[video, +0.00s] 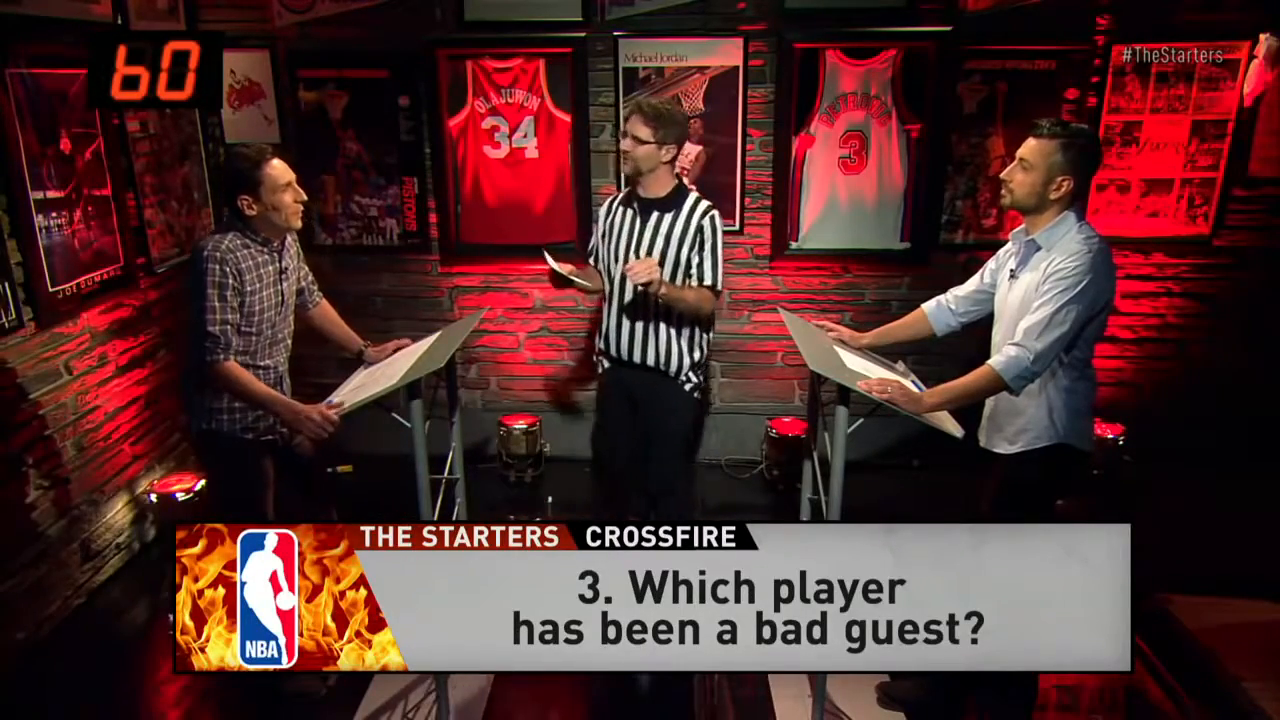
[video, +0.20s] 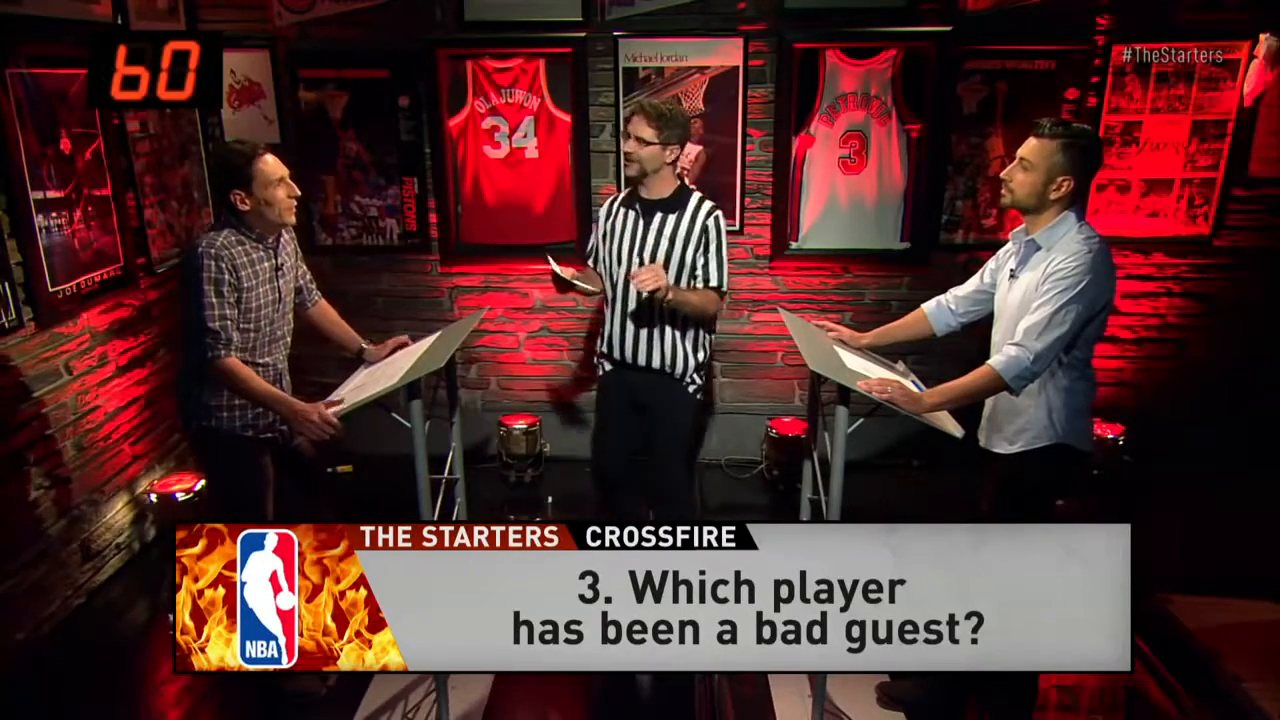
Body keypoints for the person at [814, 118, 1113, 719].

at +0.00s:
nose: (1007, 172)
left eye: (1023, 166)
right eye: (1013, 161)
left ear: (1059, 188)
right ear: (1048, 183)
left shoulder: (1082, 259)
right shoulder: (1024, 244)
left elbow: (1023, 360)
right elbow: (954, 306)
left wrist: (928, 398)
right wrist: (867, 339)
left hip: (1041, 445)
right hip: (1000, 433)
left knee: (1006, 578)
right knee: (974, 561)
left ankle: (995, 704)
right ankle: (940, 682)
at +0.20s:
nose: (1008, 171)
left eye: (1023, 166)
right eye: (1014, 161)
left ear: (1060, 188)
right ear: (1048, 183)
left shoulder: (1082, 259)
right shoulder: (1024, 244)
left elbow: (1022, 361)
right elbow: (954, 307)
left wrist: (927, 398)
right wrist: (868, 339)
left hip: (1041, 445)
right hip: (999, 432)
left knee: (1008, 577)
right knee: (974, 560)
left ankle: (999, 703)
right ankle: (940, 681)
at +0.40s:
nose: (1007, 172)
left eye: (1023, 166)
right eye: (1013, 161)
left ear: (1059, 188)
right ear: (1048, 183)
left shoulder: (1083, 259)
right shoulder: (1024, 243)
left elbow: (1022, 360)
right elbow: (954, 306)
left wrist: (927, 398)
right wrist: (867, 339)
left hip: (1040, 445)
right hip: (1000, 432)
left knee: (1007, 578)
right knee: (974, 561)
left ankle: (998, 704)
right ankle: (940, 681)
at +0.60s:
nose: (1007, 172)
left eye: (1023, 166)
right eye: (1013, 161)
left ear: (1059, 188)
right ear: (1048, 183)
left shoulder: (1082, 259)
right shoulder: (1024, 244)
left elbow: (1022, 361)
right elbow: (954, 307)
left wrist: (927, 398)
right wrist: (868, 339)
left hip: (1041, 445)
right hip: (1000, 432)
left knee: (1006, 578)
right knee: (974, 561)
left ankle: (995, 703)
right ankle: (940, 680)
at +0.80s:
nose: (1007, 172)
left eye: (1023, 167)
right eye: (1013, 161)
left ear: (1059, 188)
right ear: (1048, 183)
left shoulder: (1082, 259)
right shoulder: (1024, 244)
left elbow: (1022, 361)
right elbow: (954, 307)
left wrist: (927, 398)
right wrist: (867, 339)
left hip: (1040, 444)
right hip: (1000, 432)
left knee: (1006, 577)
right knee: (976, 561)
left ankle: (995, 703)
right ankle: (941, 680)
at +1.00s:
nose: (1007, 172)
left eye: (1023, 167)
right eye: (1013, 161)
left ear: (1059, 188)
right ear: (1048, 183)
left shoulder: (1082, 259)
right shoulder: (1024, 244)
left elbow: (1022, 361)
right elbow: (954, 307)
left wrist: (927, 398)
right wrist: (868, 339)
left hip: (1041, 444)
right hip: (1000, 432)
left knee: (1007, 577)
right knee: (977, 562)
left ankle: (997, 702)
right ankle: (942, 679)